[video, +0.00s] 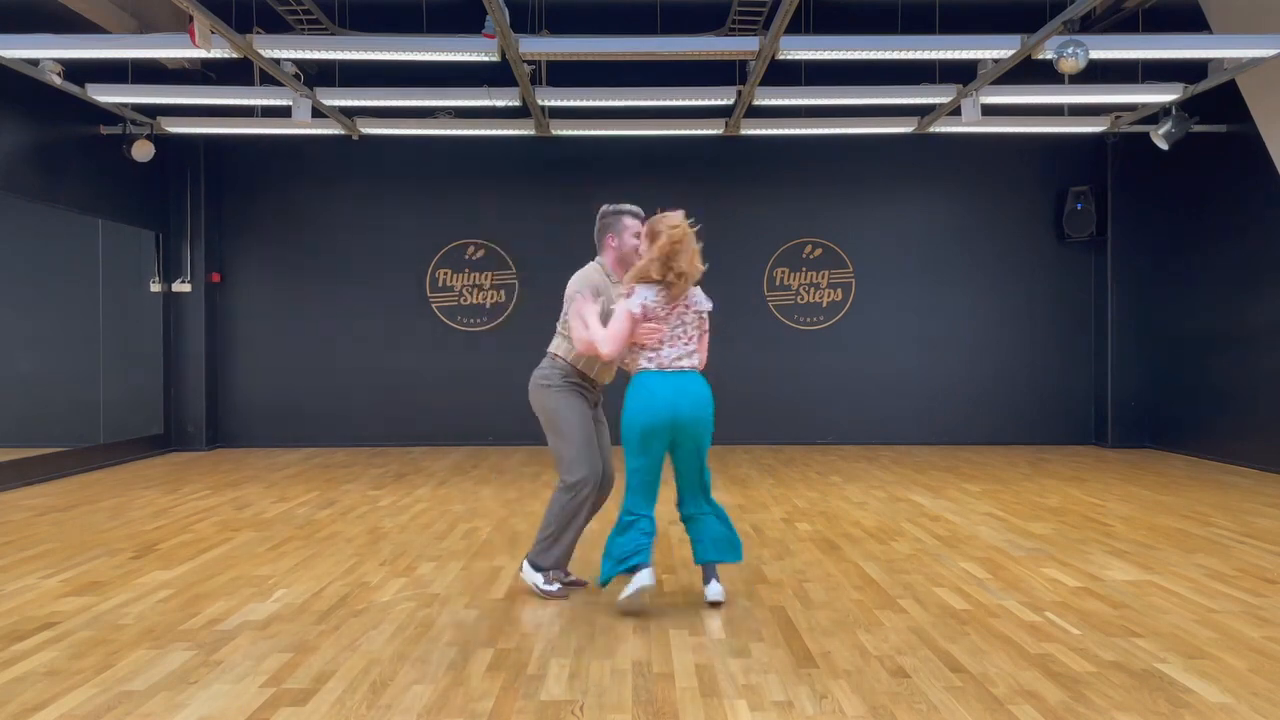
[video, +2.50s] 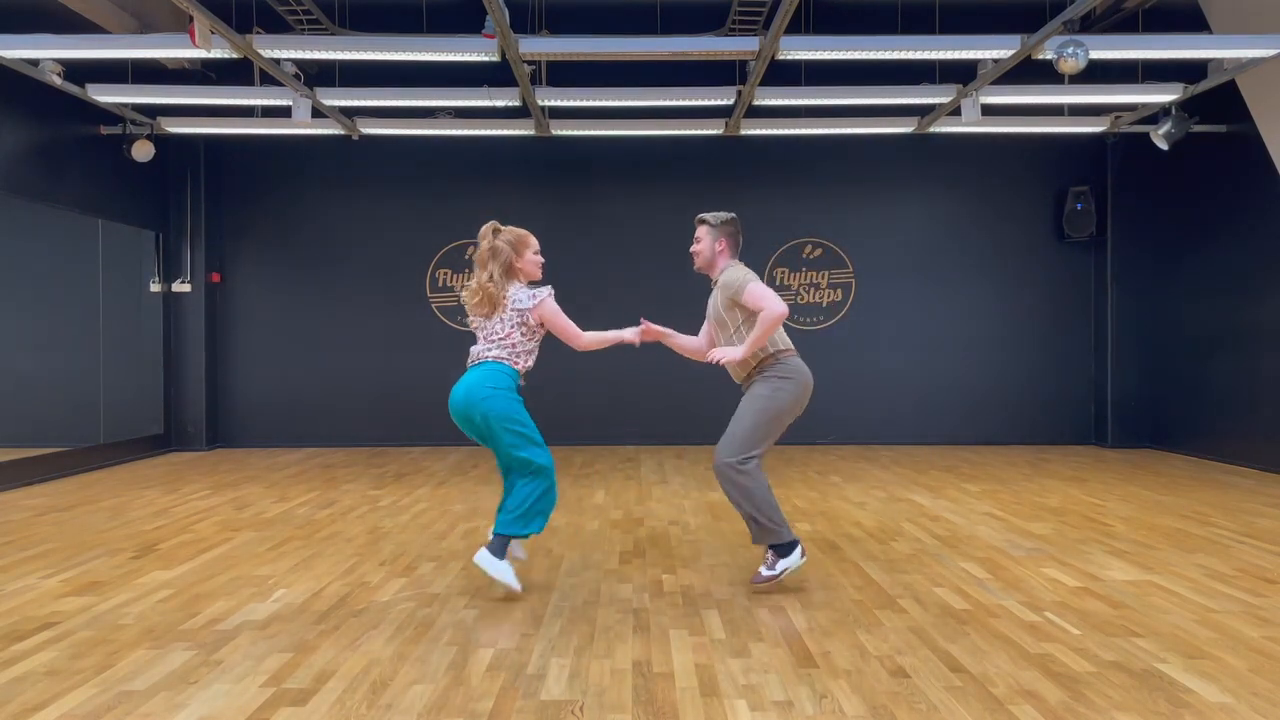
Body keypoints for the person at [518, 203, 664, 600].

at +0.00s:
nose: (644, 245)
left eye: (644, 237)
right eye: (636, 237)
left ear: (625, 242)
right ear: (612, 241)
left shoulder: (630, 290)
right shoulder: (586, 280)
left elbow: (630, 356)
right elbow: (586, 342)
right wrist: (626, 338)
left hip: (589, 390)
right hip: (558, 381)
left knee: (602, 478)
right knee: (582, 474)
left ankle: (553, 563)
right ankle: (538, 564)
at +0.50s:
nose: (568, 254)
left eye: (573, 247)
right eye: (559, 248)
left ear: (580, 253)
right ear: (543, 254)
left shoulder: (589, 298)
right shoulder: (526, 300)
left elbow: (623, 336)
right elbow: (499, 353)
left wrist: (669, 341)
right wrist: (546, 364)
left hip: (568, 392)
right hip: (526, 389)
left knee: (594, 463)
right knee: (576, 433)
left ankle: (575, 538)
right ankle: (562, 510)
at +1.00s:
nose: (549, 252)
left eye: (554, 244)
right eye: (540, 245)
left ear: (562, 248)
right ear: (527, 251)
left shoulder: (571, 288)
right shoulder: (512, 281)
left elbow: (602, 326)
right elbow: (484, 325)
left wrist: (646, 329)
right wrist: (523, 347)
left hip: (524, 378)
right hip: (489, 373)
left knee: (563, 433)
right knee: (518, 446)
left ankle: (540, 511)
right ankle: (490, 523)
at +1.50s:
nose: (623, 256)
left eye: (622, 251)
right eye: (622, 251)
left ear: (590, 254)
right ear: (618, 252)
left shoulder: (579, 290)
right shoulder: (621, 284)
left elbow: (592, 337)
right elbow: (662, 322)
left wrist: (633, 342)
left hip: (576, 379)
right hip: (611, 382)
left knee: (575, 454)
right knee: (649, 450)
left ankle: (548, 519)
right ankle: (641, 520)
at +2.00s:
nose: (612, 277)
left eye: (611, 271)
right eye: (608, 272)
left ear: (578, 279)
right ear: (594, 278)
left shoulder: (574, 313)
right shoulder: (598, 320)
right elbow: (626, 364)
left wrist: (650, 340)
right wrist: (656, 344)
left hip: (553, 404)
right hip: (564, 410)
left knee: (565, 481)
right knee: (621, 468)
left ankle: (533, 542)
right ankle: (577, 533)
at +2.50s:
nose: (542, 258)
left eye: (540, 252)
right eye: (535, 253)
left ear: (507, 263)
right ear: (514, 261)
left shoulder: (488, 296)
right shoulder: (536, 299)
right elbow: (581, 340)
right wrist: (624, 335)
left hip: (464, 393)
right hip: (494, 390)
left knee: (516, 463)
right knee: (538, 467)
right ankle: (495, 551)